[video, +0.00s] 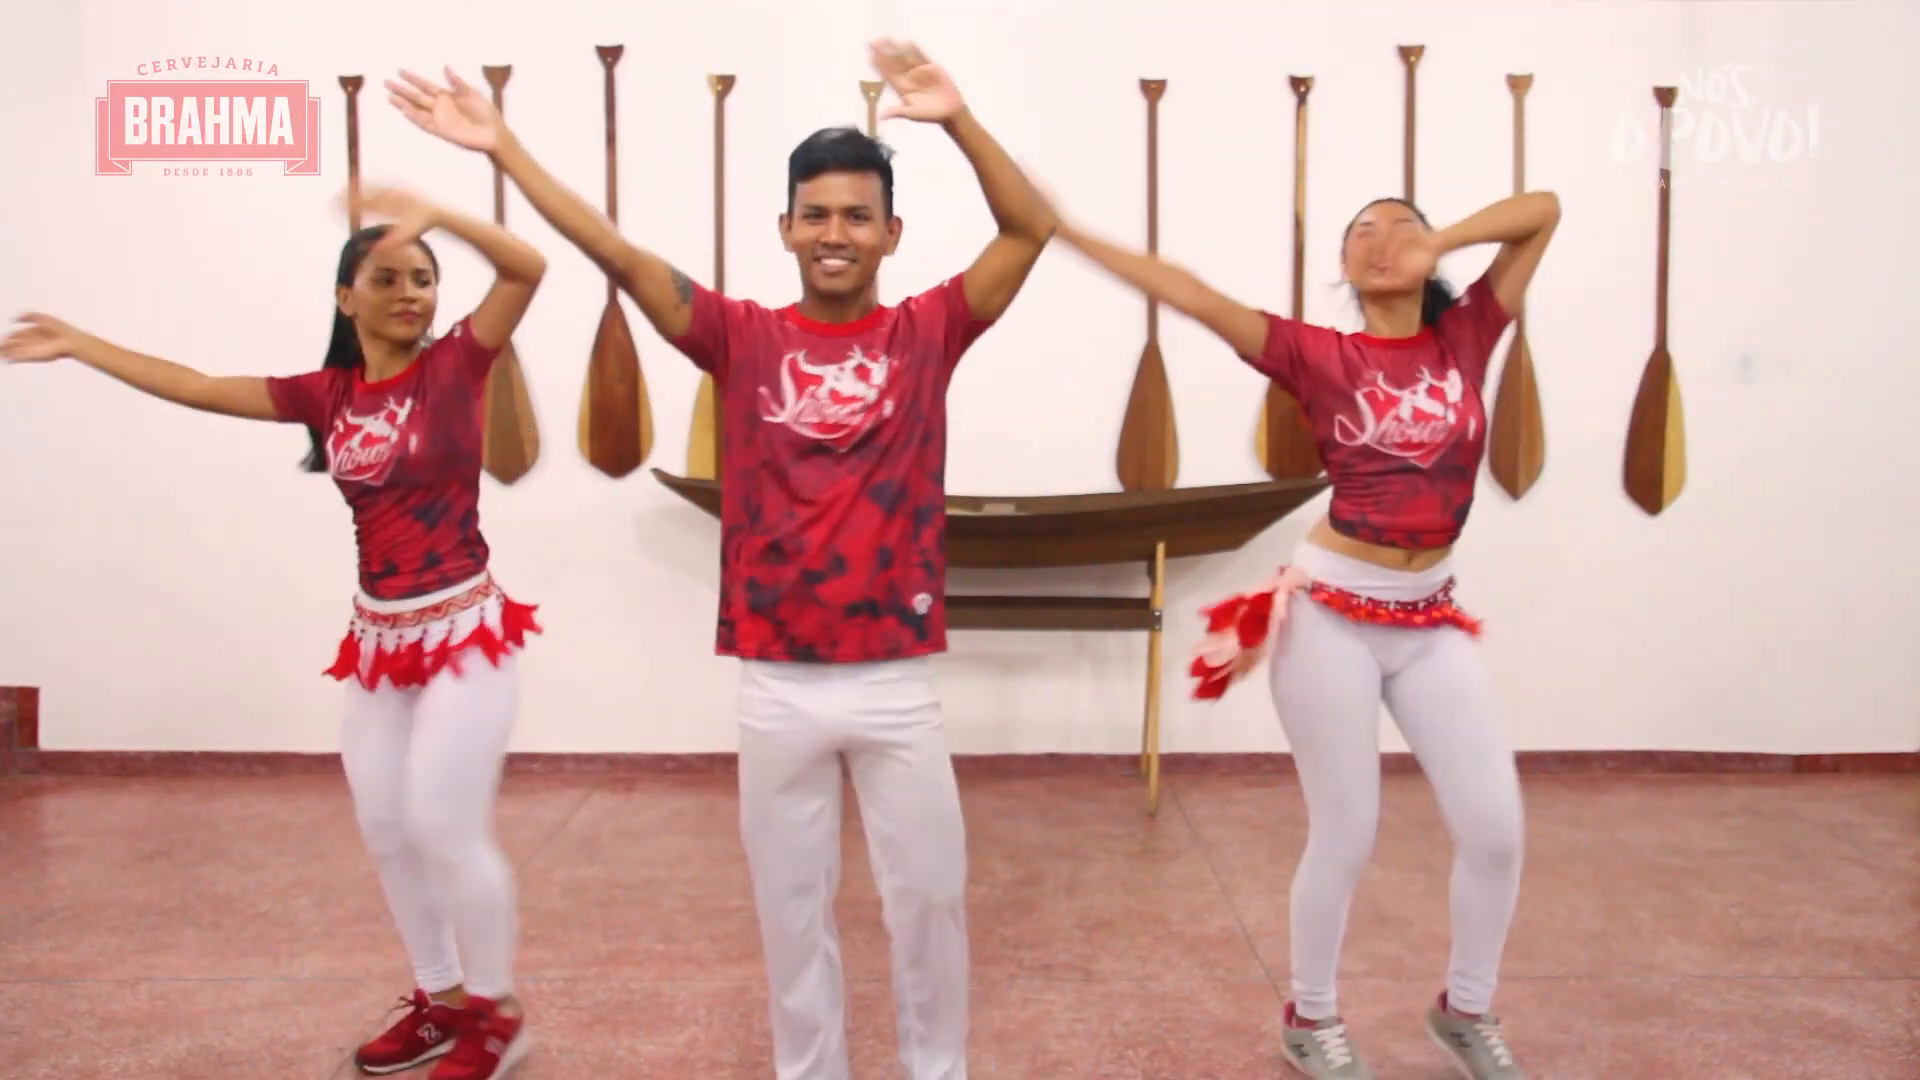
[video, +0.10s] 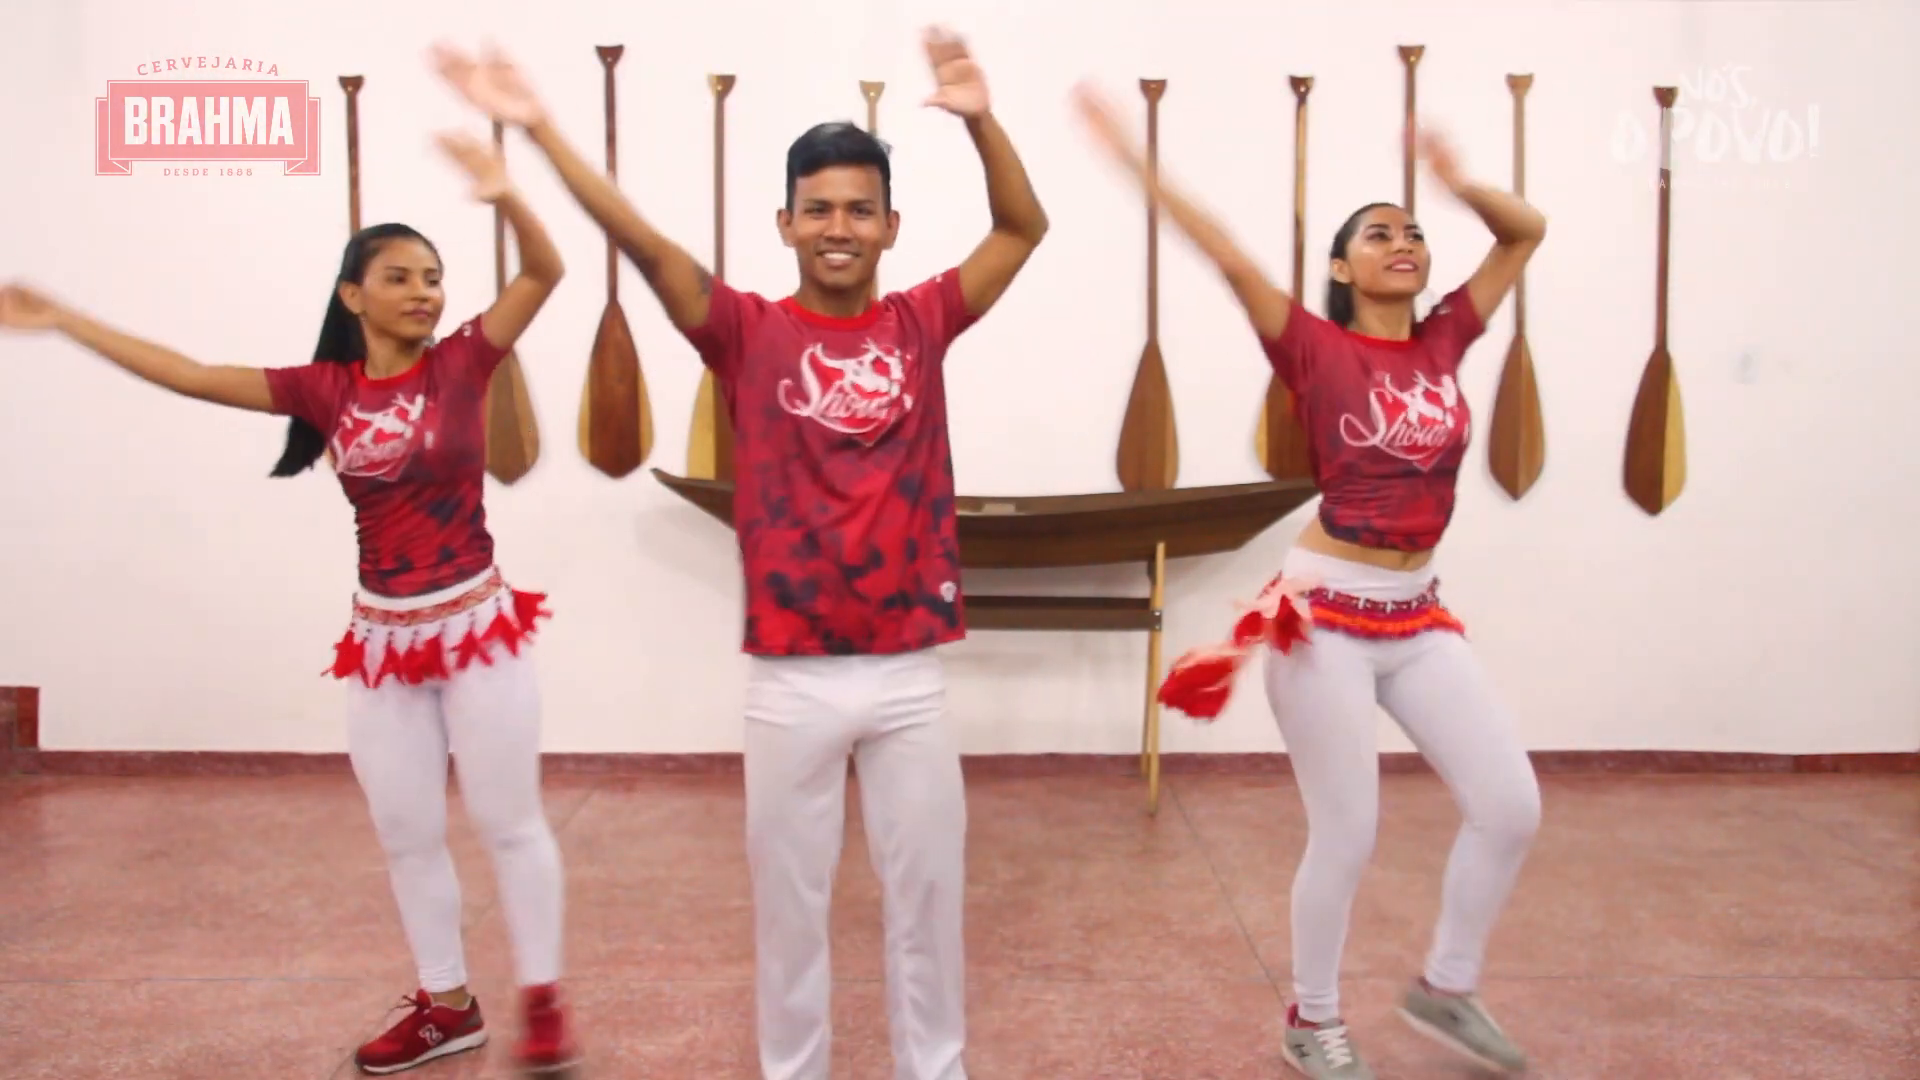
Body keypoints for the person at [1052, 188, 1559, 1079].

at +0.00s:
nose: (1381, 234)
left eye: (1400, 226)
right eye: (1363, 229)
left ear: (1431, 262)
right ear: (1345, 267)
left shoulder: (1465, 340)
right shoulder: (1321, 354)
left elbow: (1541, 212)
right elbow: (1190, 294)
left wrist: (1441, 240)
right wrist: (1071, 232)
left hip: (1428, 620)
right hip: (1329, 615)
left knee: (1495, 826)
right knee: (1346, 828)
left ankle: (1468, 1011)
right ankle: (1312, 1019)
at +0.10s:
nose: (1401, 244)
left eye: (1412, 238)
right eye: (1379, 236)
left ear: (1425, 269)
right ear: (1343, 269)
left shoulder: (1443, 346)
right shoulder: (1315, 349)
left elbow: (1525, 232)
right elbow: (1224, 249)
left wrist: (1457, 178)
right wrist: (1134, 159)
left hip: (1414, 619)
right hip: (1319, 615)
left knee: (1510, 805)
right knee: (1345, 824)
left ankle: (1447, 988)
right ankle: (1314, 1022)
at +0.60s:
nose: (1400, 272)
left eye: (1406, 264)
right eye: (1383, 260)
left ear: (1409, 287)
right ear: (1346, 280)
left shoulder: (1407, 360)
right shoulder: (1328, 349)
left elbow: (1515, 320)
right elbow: (1364, 211)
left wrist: (1621, 276)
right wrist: (1481, 160)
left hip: (1395, 600)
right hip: (1343, 597)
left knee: (1390, 808)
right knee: (1368, 818)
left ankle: (1349, 943)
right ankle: (1311, 1021)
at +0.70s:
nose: (1405, 283)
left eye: (1411, 272)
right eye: (1388, 270)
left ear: (1418, 290)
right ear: (1353, 286)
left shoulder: (1410, 365)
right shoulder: (1333, 355)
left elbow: (1513, 341)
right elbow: (1381, 220)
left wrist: (1620, 313)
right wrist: (1497, 204)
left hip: (1400, 605)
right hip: (1341, 606)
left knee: (1400, 784)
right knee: (1364, 800)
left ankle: (1353, 945)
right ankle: (1310, 1018)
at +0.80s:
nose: (1414, 290)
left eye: (1418, 277)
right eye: (1398, 276)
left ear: (1413, 294)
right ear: (1359, 288)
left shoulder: (1411, 365)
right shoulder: (1339, 353)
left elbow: (1511, 351)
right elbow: (1392, 232)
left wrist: (1614, 332)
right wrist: (1500, 236)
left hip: (1403, 596)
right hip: (1349, 595)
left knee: (1403, 780)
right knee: (1365, 788)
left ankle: (1350, 945)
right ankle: (1296, 995)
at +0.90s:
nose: (1416, 290)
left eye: (1423, 278)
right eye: (1401, 276)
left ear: (1428, 291)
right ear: (1365, 285)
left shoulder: (1425, 363)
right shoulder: (1342, 352)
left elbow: (1522, 349)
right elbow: (1390, 237)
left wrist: (1628, 335)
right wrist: (1496, 256)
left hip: (1405, 593)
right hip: (1354, 589)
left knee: (1409, 778)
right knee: (1379, 781)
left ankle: (1350, 947)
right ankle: (1266, 943)